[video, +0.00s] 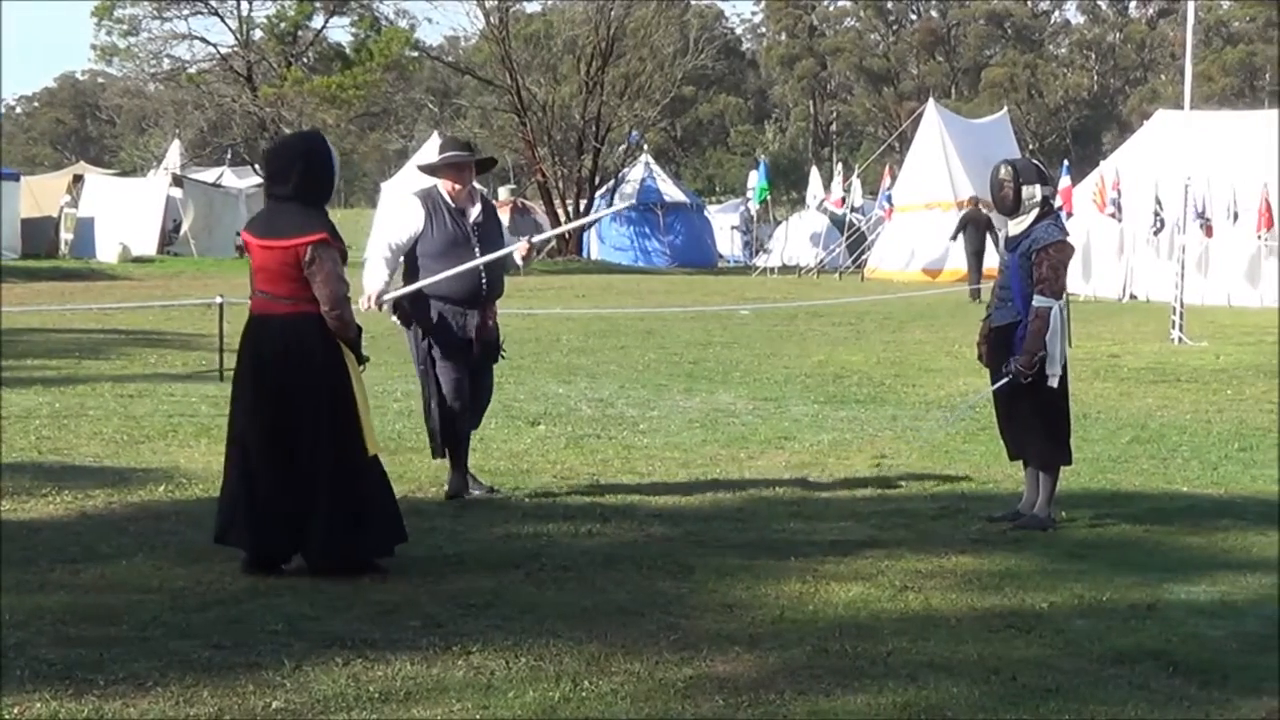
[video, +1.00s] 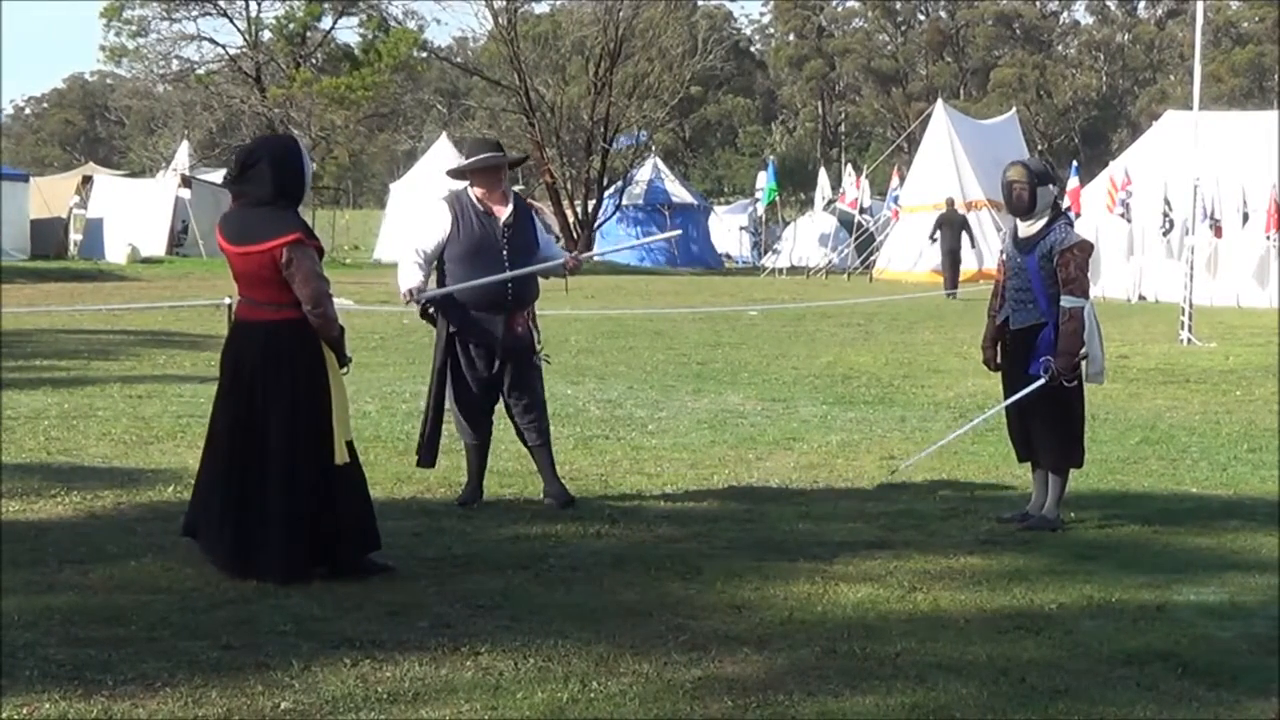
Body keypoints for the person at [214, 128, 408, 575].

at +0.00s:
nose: (332, 178)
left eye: (329, 170)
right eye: (328, 171)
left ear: (273, 177)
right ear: (319, 178)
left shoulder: (257, 227)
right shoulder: (316, 232)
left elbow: (262, 281)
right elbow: (334, 308)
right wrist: (353, 338)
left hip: (262, 336)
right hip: (309, 342)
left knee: (268, 439)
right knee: (327, 439)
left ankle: (264, 546)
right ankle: (339, 547)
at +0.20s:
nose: (314, 179)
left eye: (311, 170)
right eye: (310, 171)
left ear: (258, 175)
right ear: (301, 177)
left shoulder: (237, 229)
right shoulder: (300, 232)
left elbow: (232, 287)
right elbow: (321, 307)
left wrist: (270, 296)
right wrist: (338, 339)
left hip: (246, 339)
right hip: (294, 343)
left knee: (252, 440)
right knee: (311, 439)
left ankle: (257, 544)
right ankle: (326, 544)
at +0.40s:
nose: (307, 183)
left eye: (304, 175)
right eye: (303, 175)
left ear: (248, 176)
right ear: (293, 180)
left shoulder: (229, 227)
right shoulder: (291, 234)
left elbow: (245, 280)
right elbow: (313, 303)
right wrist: (333, 341)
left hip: (242, 335)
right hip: (287, 341)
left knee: (246, 437)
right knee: (300, 438)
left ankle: (244, 543)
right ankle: (310, 544)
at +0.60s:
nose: (308, 181)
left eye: (305, 174)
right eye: (304, 175)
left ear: (249, 175)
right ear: (295, 181)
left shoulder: (229, 223)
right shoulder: (292, 235)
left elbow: (236, 191)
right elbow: (316, 304)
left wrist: (254, 166)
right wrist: (337, 344)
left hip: (246, 336)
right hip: (291, 342)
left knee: (246, 438)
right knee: (303, 440)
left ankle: (241, 542)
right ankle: (308, 545)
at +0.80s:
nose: (306, 180)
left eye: (303, 173)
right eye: (303, 174)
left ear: (247, 177)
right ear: (294, 181)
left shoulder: (229, 224)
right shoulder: (290, 236)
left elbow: (236, 191)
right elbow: (315, 303)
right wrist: (337, 344)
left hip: (246, 336)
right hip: (291, 342)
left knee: (246, 439)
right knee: (303, 441)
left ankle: (241, 542)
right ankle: (305, 545)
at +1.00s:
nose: (307, 178)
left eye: (304, 170)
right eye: (302, 171)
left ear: (247, 176)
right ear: (291, 179)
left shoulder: (229, 227)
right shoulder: (291, 235)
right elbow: (317, 305)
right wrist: (339, 344)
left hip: (247, 337)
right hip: (291, 343)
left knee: (247, 439)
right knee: (305, 441)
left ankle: (242, 541)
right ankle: (310, 546)